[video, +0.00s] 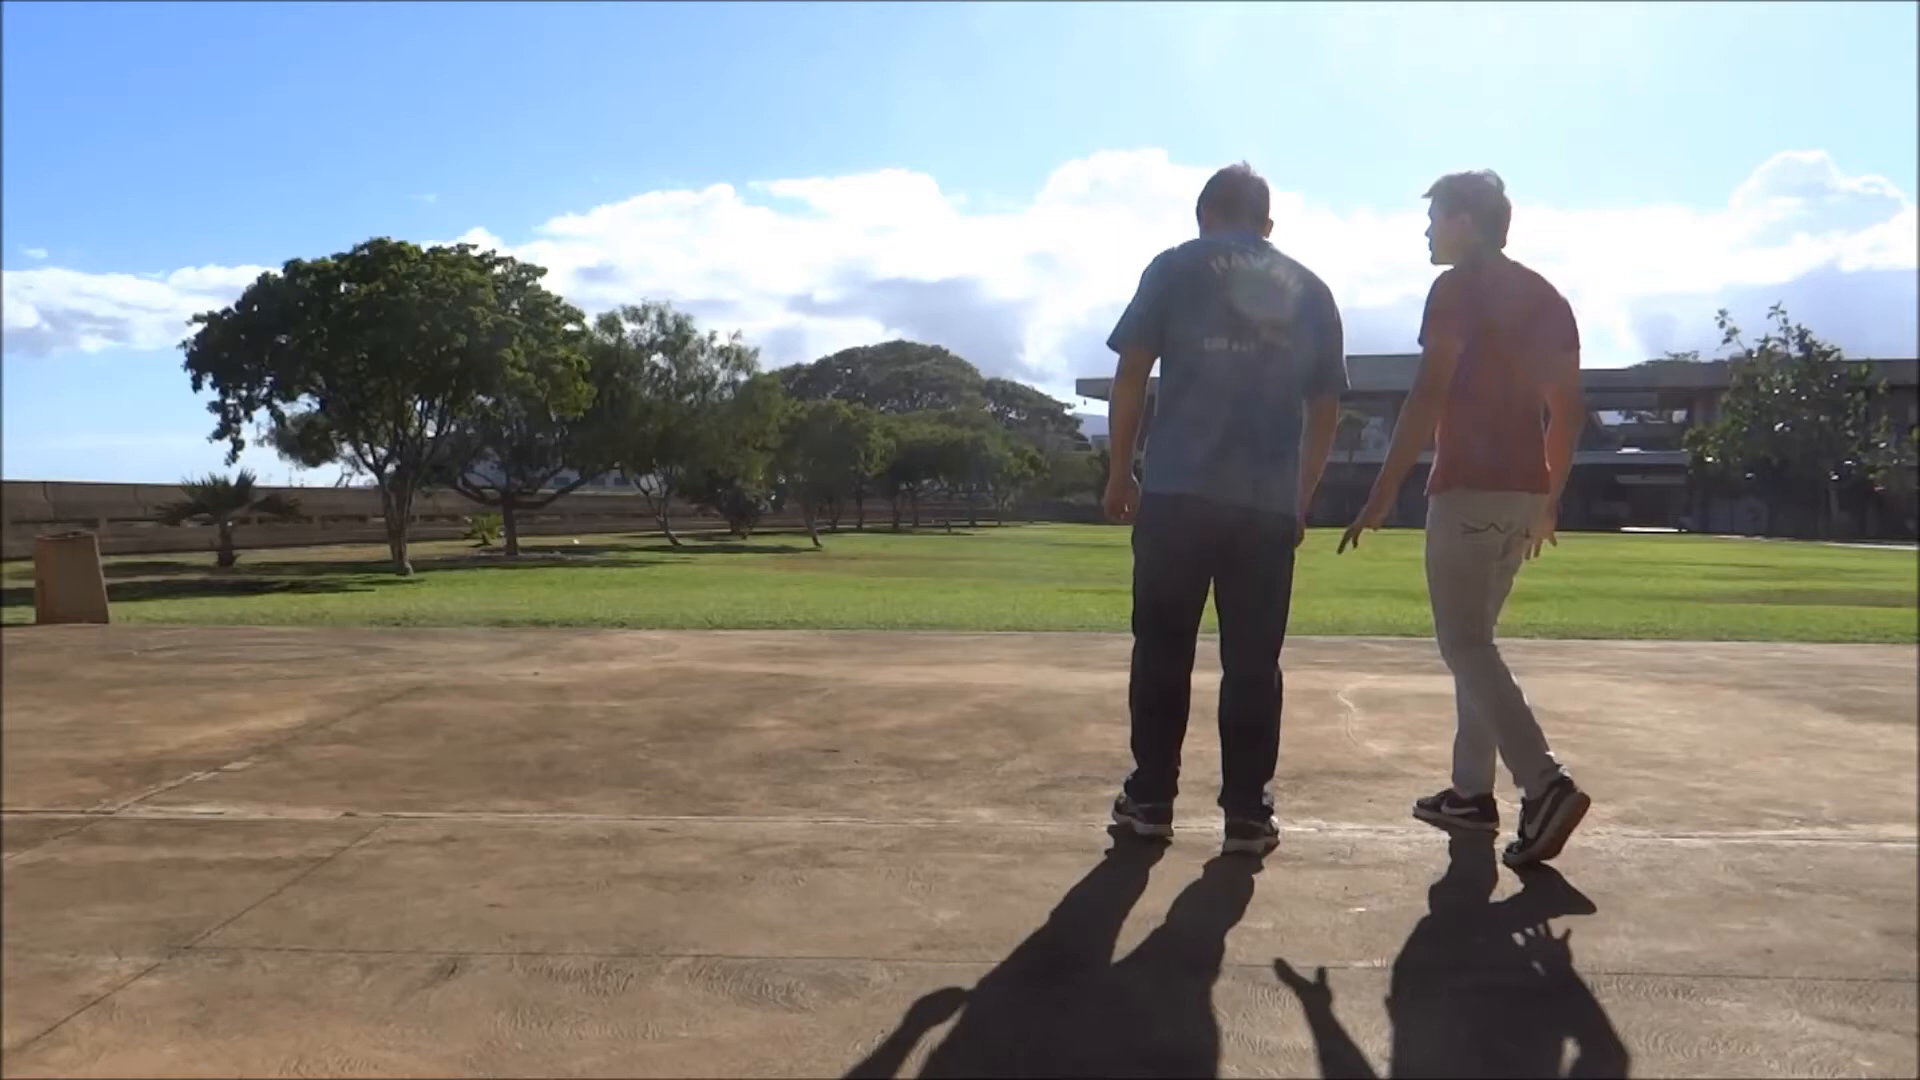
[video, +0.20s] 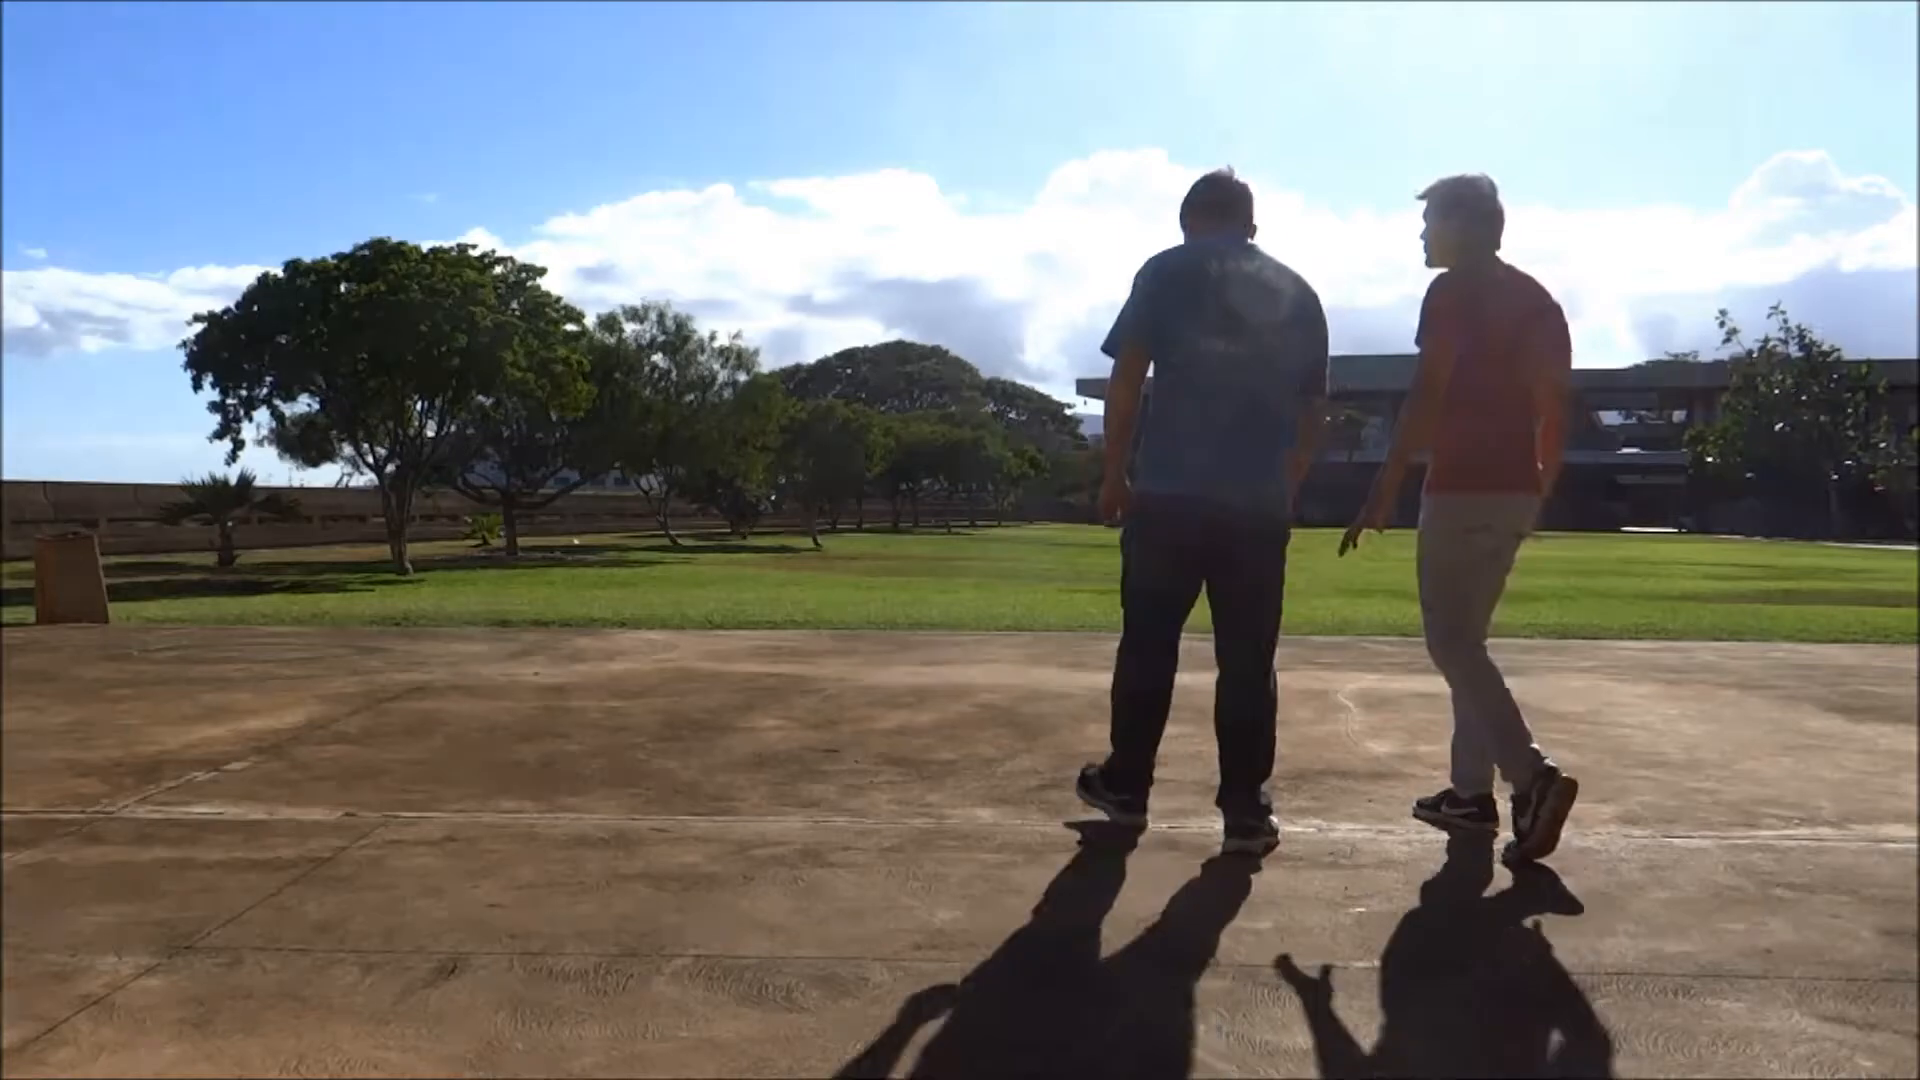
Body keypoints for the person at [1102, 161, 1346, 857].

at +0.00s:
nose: (1201, 232)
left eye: (1200, 220)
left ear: (1204, 214)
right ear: (1268, 218)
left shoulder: (1175, 267)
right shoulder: (1310, 288)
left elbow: (1131, 371)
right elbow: (1326, 407)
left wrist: (1119, 471)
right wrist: (1302, 497)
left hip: (1178, 499)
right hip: (1267, 507)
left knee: (1161, 651)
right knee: (1255, 662)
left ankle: (1149, 802)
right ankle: (1247, 815)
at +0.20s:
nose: (1184, 238)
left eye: (1184, 227)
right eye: (1193, 229)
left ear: (1190, 220)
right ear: (1251, 222)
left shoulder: (1167, 270)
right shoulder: (1299, 292)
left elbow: (1128, 377)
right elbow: (1310, 416)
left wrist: (1113, 473)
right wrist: (1281, 493)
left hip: (1168, 504)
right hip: (1257, 511)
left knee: (1147, 645)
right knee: (1249, 662)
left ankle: (1126, 786)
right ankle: (1247, 812)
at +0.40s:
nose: (1146, 241)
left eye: (1147, 230)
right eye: (1147, 232)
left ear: (1159, 223)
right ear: (1211, 223)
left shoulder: (1137, 280)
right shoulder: (1266, 293)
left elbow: (1104, 391)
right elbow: (1280, 414)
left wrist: (1092, 486)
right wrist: (1250, 485)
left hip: (1147, 507)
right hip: (1234, 511)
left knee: (1126, 652)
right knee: (1236, 662)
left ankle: (1104, 787)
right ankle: (1245, 806)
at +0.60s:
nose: (1098, 238)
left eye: (1100, 226)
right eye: (1096, 228)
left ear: (1122, 220)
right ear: (1162, 218)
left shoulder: (1099, 280)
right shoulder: (1223, 291)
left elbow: (1067, 392)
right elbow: (1238, 411)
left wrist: (1054, 482)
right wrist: (1215, 486)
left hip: (1113, 506)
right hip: (1196, 510)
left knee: (1099, 651)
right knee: (1209, 654)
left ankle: (1100, 789)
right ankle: (1242, 796)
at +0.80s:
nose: (1059, 234)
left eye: (1064, 220)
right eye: (1057, 221)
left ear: (1096, 213)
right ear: (1121, 213)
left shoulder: (1075, 277)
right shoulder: (1185, 293)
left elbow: (1043, 383)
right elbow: (1193, 409)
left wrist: (1018, 467)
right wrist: (1178, 483)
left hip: (1086, 496)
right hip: (1163, 499)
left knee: (1083, 638)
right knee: (1155, 624)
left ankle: (1098, 786)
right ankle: (1197, 758)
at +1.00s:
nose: (1033, 234)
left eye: (1039, 219)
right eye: (1031, 221)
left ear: (1077, 213)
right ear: (1091, 214)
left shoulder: (1087, 273)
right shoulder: (1127, 280)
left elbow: (1059, 373)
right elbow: (1122, 389)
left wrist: (1012, 454)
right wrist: (1044, 456)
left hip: (1096, 489)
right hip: (1131, 487)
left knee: (1083, 627)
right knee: (1092, 626)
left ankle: (1098, 786)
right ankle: (1115, 766)